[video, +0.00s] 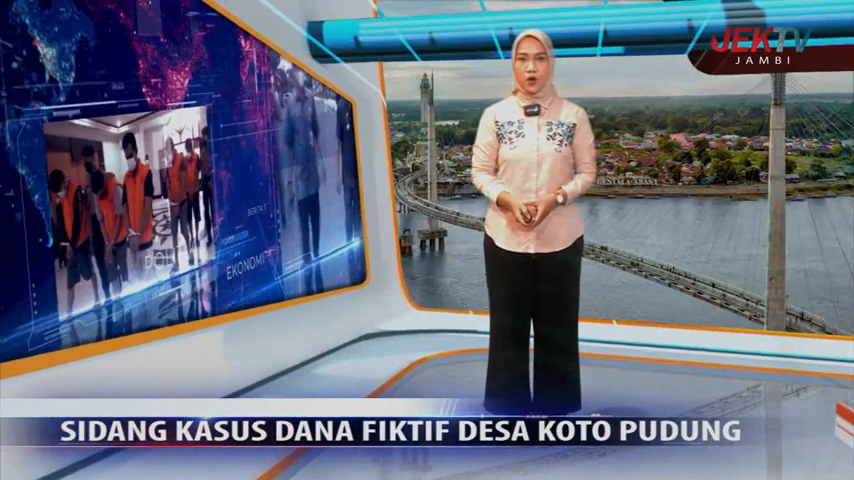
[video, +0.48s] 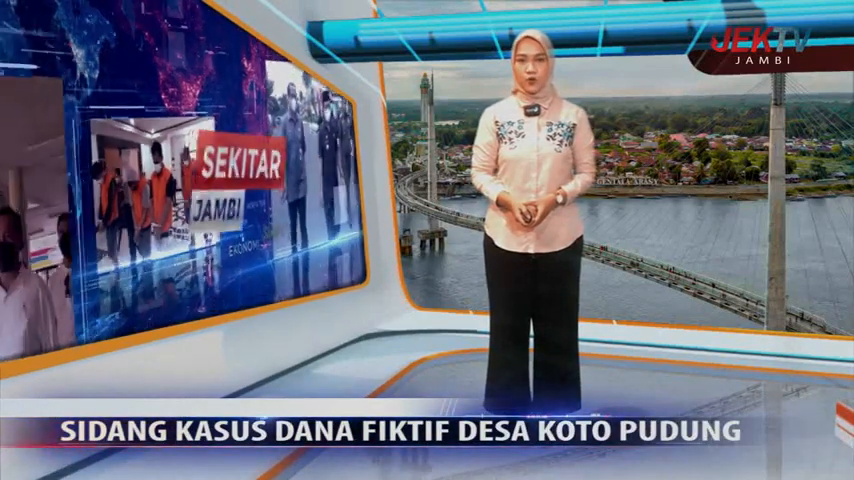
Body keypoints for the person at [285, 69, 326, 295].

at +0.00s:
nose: (302, 103)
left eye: (305, 99)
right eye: (298, 99)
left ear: (308, 100)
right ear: (292, 101)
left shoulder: (311, 116)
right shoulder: (290, 119)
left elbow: (317, 134)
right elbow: (286, 144)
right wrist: (288, 175)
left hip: (312, 163)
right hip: (297, 165)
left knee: (315, 207)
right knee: (303, 212)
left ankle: (316, 251)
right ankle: (306, 253)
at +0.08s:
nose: (298, 94)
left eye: (300, 90)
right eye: (295, 91)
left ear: (303, 91)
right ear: (290, 92)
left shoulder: (308, 107)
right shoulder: (287, 110)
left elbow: (313, 130)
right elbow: (284, 139)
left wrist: (314, 148)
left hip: (307, 158)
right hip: (293, 159)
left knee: (311, 202)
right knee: (299, 203)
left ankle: (313, 243)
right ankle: (302, 246)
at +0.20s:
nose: (296, 87)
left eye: (298, 83)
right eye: (293, 83)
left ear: (301, 87)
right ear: (288, 87)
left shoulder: (304, 110)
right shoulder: (285, 111)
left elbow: (309, 135)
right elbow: (282, 142)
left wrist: (305, 120)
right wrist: (289, 127)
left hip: (304, 157)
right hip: (292, 159)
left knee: (308, 202)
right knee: (296, 204)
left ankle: (309, 246)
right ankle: (299, 247)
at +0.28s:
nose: (296, 107)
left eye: (298, 104)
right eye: (293, 104)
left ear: (301, 105)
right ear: (288, 105)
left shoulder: (302, 119)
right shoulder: (284, 121)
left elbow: (306, 139)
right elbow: (281, 144)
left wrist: (303, 123)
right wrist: (284, 125)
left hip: (303, 165)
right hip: (291, 169)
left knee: (307, 211)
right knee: (295, 211)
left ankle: (309, 248)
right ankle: (298, 248)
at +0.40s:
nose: (295, 104)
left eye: (297, 101)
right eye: (292, 101)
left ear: (299, 102)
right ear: (288, 102)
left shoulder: (302, 120)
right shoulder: (284, 121)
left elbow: (305, 142)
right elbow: (280, 146)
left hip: (302, 162)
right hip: (290, 165)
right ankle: (295, 246)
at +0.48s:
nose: (294, 112)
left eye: (296, 109)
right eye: (292, 109)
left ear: (299, 110)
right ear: (288, 109)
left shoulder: (300, 125)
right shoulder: (284, 125)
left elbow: (304, 145)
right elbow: (280, 149)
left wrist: (304, 156)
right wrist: (281, 181)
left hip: (300, 165)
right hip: (288, 166)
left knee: (302, 198)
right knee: (293, 199)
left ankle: (304, 233)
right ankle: (294, 237)